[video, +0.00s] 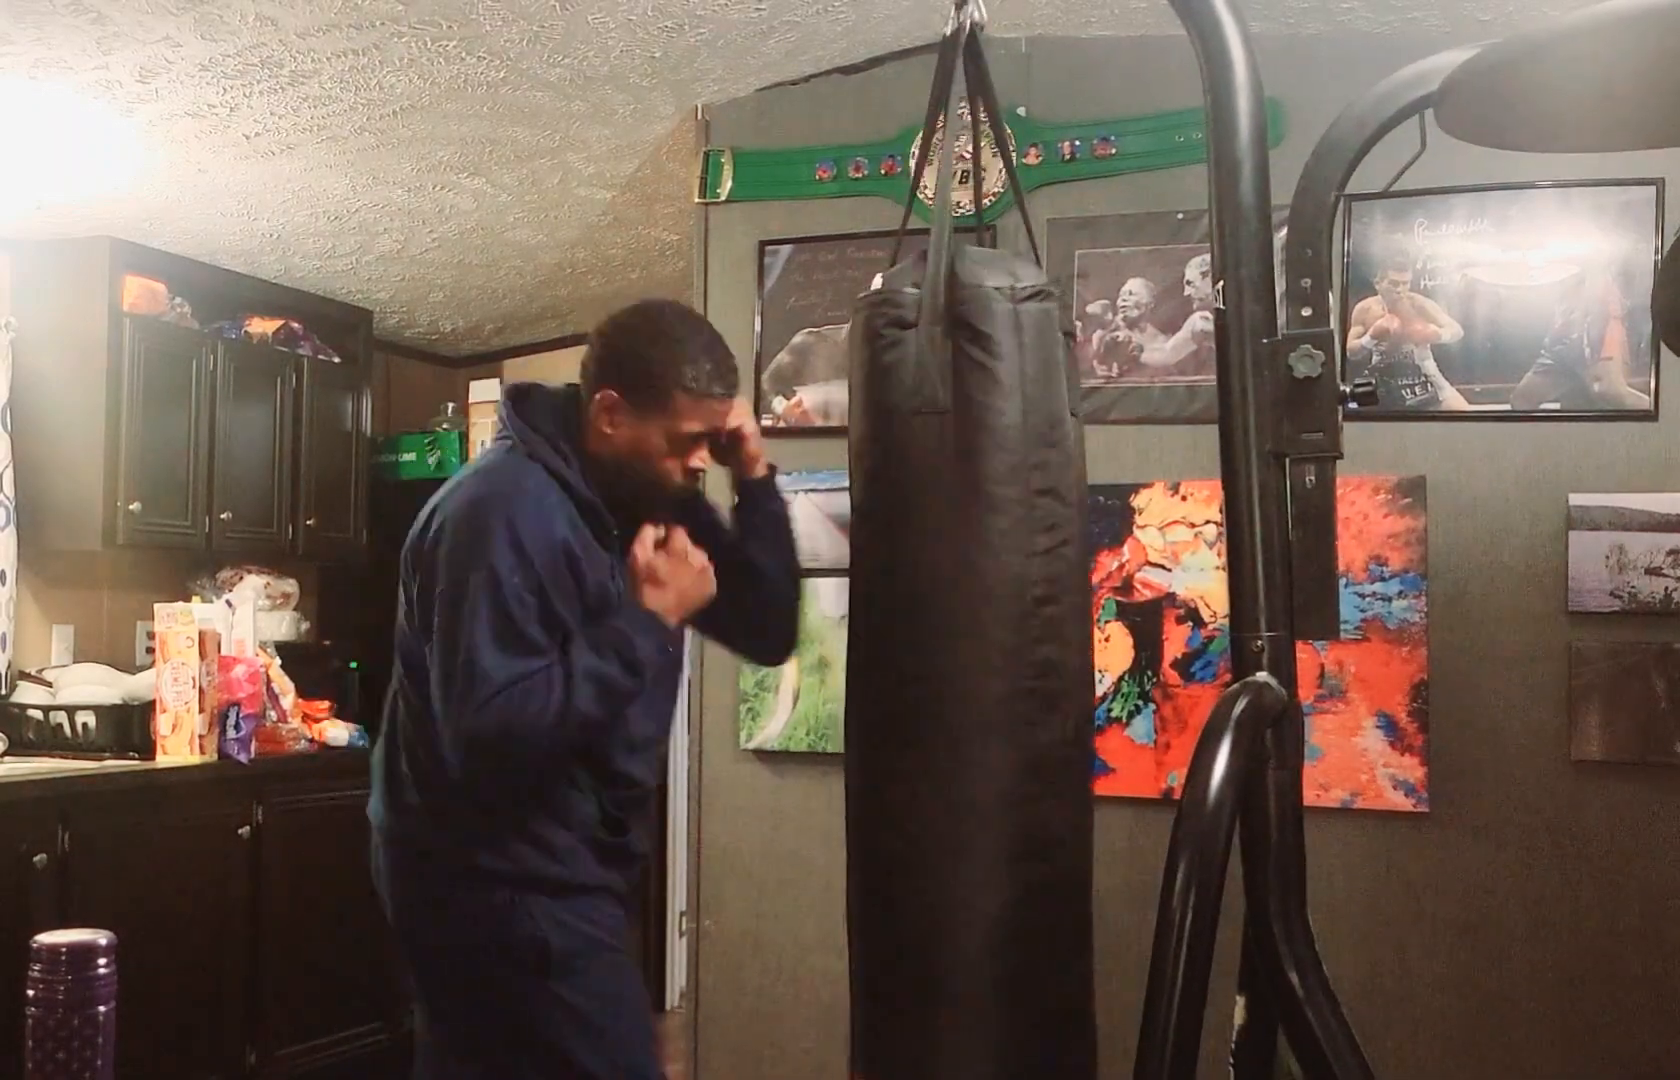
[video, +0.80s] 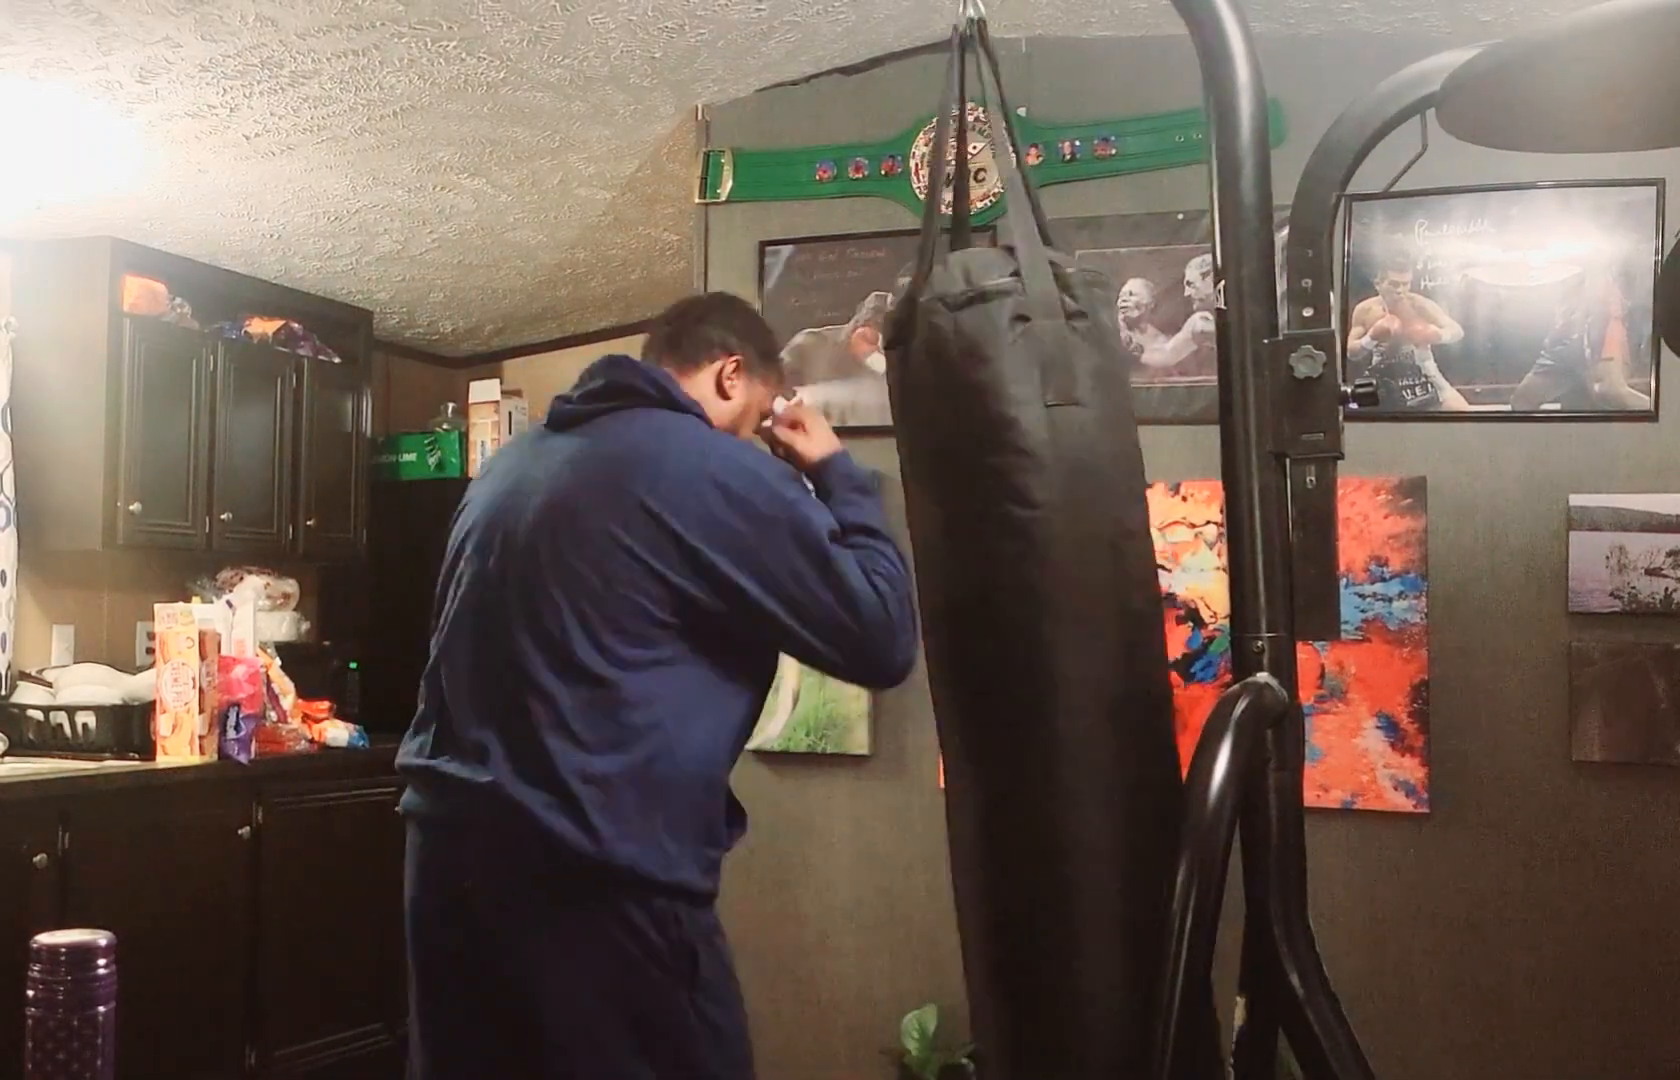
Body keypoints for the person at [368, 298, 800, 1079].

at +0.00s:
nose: (700, 466)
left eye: (709, 443)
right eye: (684, 443)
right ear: (609, 415)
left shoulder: (624, 497)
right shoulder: (497, 512)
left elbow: (765, 634)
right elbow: (488, 728)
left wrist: (752, 471)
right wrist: (651, 620)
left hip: (566, 871)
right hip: (501, 885)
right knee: (611, 1062)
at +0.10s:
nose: (740, 487)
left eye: (748, 465)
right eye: (725, 465)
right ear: (646, 435)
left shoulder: (715, 518)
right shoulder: (517, 532)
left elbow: (845, 628)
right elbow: (445, 748)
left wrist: (815, 473)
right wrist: (638, 685)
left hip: (614, 887)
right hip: (528, 898)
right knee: (649, 1065)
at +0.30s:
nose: (822, 477)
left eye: (829, 457)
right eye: (810, 454)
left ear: (737, 432)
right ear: (736, 428)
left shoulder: (747, 518)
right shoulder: (602, 519)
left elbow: (847, 627)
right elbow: (454, 702)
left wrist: (852, 497)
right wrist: (643, 779)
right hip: (561, 886)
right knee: (693, 1064)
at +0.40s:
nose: (840, 441)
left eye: (848, 420)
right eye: (835, 416)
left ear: (761, 396)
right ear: (767, 397)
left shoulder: (633, 455)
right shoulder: (699, 484)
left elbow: (760, 620)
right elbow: (580, 673)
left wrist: (814, 498)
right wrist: (780, 723)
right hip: (598, 875)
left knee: (505, 1066)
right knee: (684, 1064)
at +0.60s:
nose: (817, 423)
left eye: (829, 402)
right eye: (820, 397)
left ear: (746, 356)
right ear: (765, 368)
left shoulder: (589, 430)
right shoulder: (745, 465)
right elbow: (887, 624)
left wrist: (883, 552)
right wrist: (966, 585)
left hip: (464, 827)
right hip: (612, 859)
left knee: (472, 1063)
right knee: (673, 1064)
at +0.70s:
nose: (795, 419)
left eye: (803, 401)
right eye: (797, 395)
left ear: (684, 355)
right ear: (752, 365)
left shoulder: (551, 443)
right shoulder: (709, 459)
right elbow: (860, 647)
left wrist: (785, 505)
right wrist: (852, 530)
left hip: (465, 833)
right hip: (617, 858)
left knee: (471, 1064)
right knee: (671, 1063)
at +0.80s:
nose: (753, 434)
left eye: (762, 419)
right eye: (759, 414)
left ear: (651, 366)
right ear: (725, 373)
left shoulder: (512, 459)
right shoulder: (701, 467)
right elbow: (882, 641)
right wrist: (834, 469)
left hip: (450, 859)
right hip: (615, 878)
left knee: (466, 1066)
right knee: (678, 1064)